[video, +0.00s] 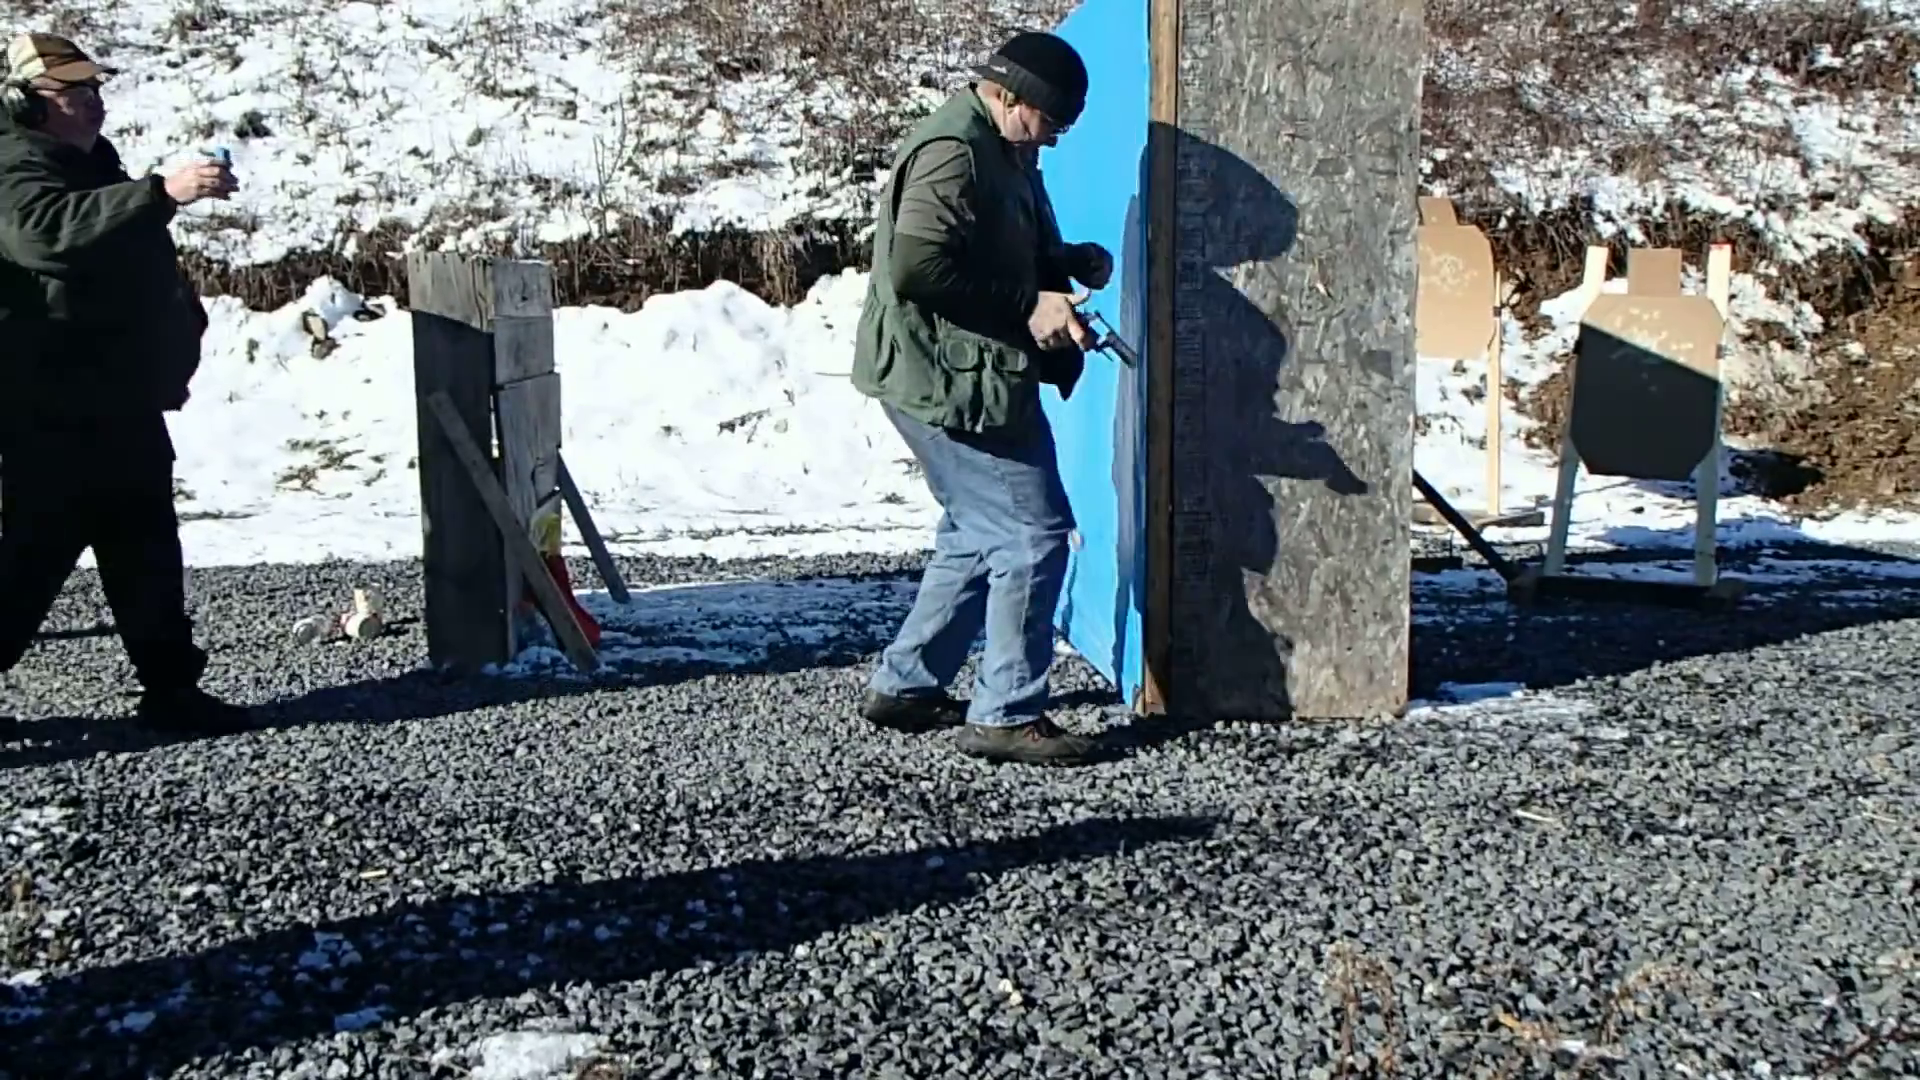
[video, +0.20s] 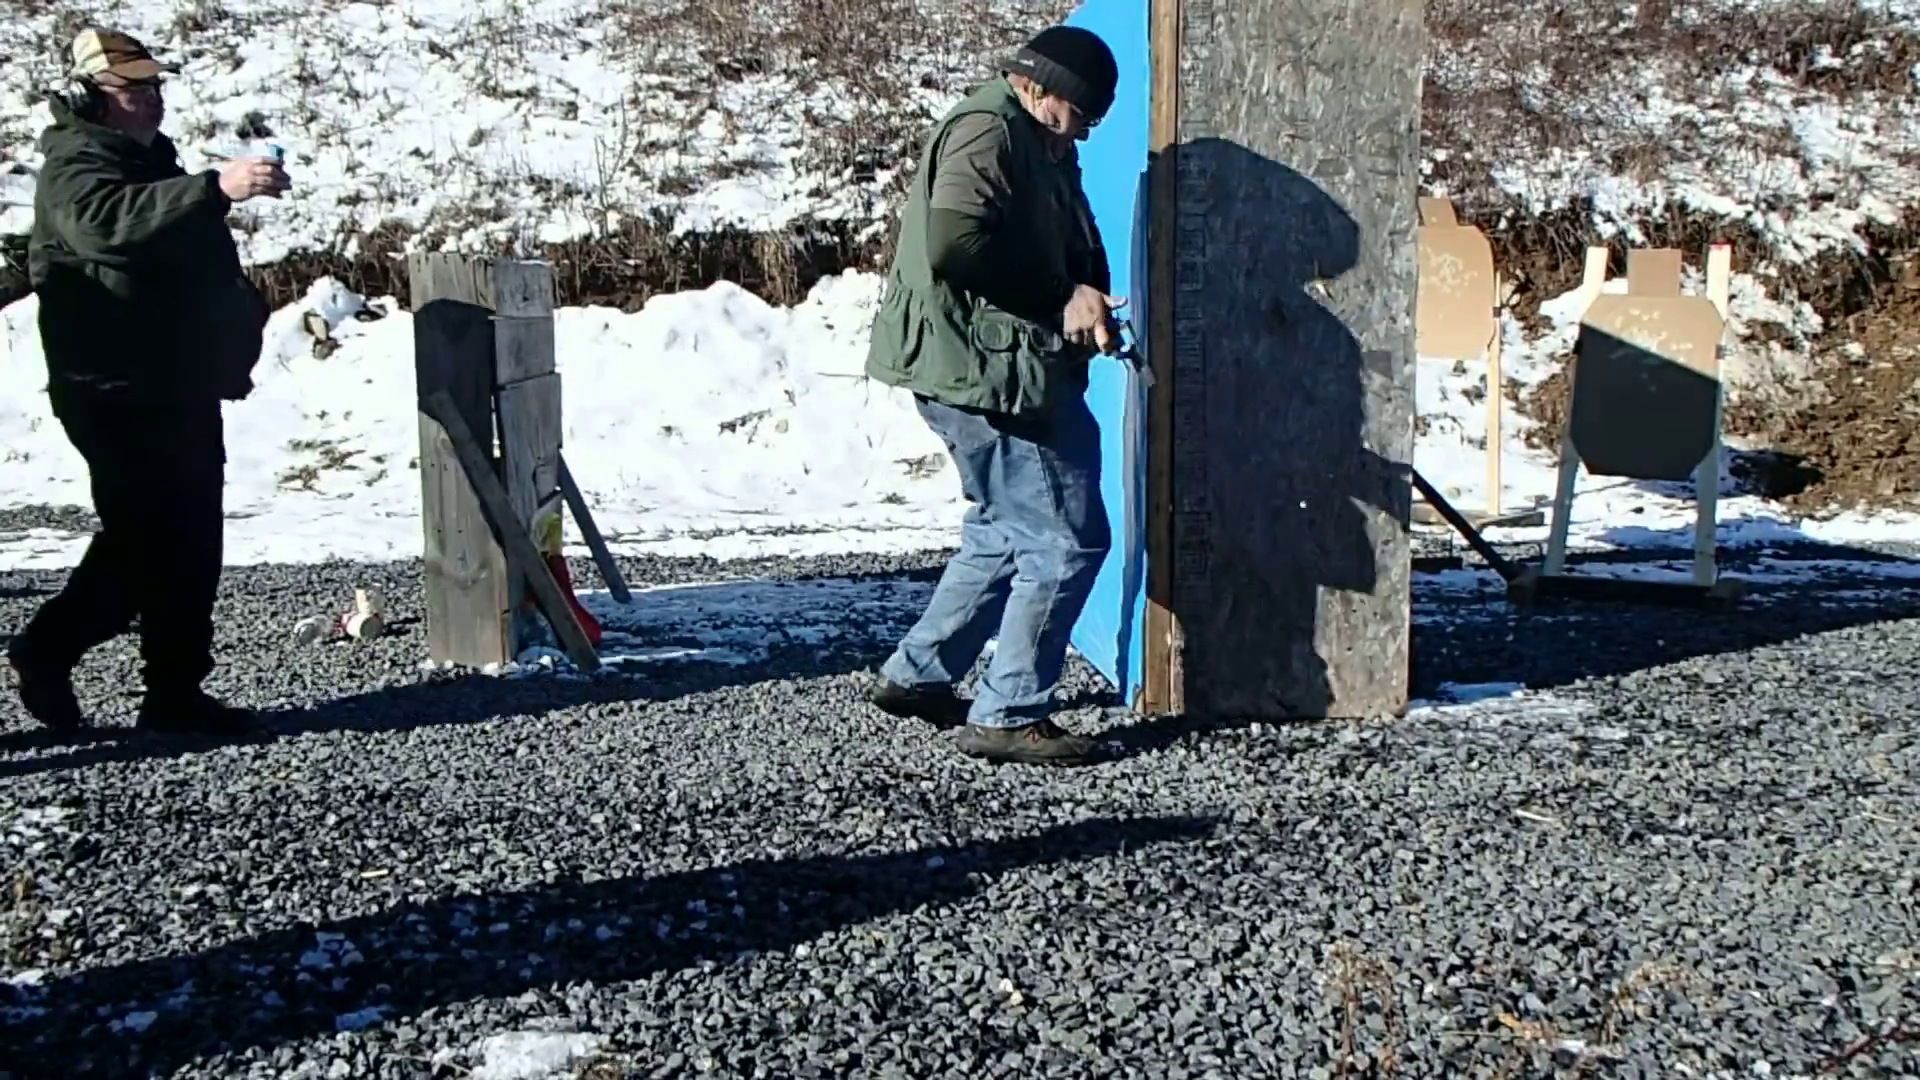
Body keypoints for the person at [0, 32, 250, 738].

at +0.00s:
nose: (97, 104)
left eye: (95, 91)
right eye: (81, 94)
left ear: (79, 100)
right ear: (41, 103)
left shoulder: (101, 164)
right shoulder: (15, 164)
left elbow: (146, 266)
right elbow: (47, 236)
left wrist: (179, 327)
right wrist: (161, 190)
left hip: (124, 399)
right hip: (51, 405)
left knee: (146, 551)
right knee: (30, 561)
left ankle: (172, 691)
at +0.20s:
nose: (157, 100)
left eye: (156, 88)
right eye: (144, 90)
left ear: (138, 95)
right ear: (108, 97)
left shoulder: (156, 159)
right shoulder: (75, 160)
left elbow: (196, 263)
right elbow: (111, 227)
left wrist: (239, 312)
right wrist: (215, 187)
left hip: (180, 383)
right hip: (112, 389)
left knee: (193, 540)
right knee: (142, 538)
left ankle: (176, 697)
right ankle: (43, 653)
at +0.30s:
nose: (182, 99)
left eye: (183, 87)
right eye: (169, 89)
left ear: (166, 90)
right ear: (132, 93)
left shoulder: (175, 154)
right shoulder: (102, 158)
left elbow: (211, 255)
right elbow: (133, 225)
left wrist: (261, 310)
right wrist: (232, 187)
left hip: (196, 379)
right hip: (141, 385)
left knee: (200, 529)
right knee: (179, 530)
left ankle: (171, 684)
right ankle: (142, 684)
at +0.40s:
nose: (209, 100)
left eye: (209, 88)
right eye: (196, 89)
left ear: (190, 96)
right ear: (158, 95)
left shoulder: (196, 155)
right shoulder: (126, 159)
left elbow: (229, 259)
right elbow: (154, 228)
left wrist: (267, 344)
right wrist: (251, 191)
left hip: (213, 380)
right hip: (163, 387)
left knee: (218, 528)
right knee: (201, 531)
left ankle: (212, 683)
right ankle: (204, 691)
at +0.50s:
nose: (234, 102)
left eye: (235, 89)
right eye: (219, 90)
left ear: (230, 90)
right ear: (179, 93)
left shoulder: (226, 161)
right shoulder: (147, 160)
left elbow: (258, 263)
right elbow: (175, 235)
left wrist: (304, 323)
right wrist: (273, 199)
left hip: (235, 383)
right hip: (180, 391)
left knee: (208, 533)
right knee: (249, 530)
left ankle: (174, 682)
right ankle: (302, 686)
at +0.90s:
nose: (344, 95)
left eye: (342, 83)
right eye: (331, 85)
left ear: (310, 96)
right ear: (293, 95)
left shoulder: (322, 156)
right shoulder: (257, 168)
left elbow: (354, 260)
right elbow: (277, 264)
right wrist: (379, 225)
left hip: (340, 386)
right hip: (296, 393)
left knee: (317, 538)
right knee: (355, 543)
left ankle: (214, 654)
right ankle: (380, 707)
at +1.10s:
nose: (398, 85)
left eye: (395, 72)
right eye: (383, 73)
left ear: (365, 84)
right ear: (342, 83)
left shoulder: (380, 148)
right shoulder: (304, 161)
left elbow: (410, 249)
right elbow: (324, 266)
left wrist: (456, 253)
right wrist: (426, 234)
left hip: (402, 378)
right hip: (338, 385)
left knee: (420, 525)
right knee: (373, 536)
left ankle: (300, 630)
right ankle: (380, 708)